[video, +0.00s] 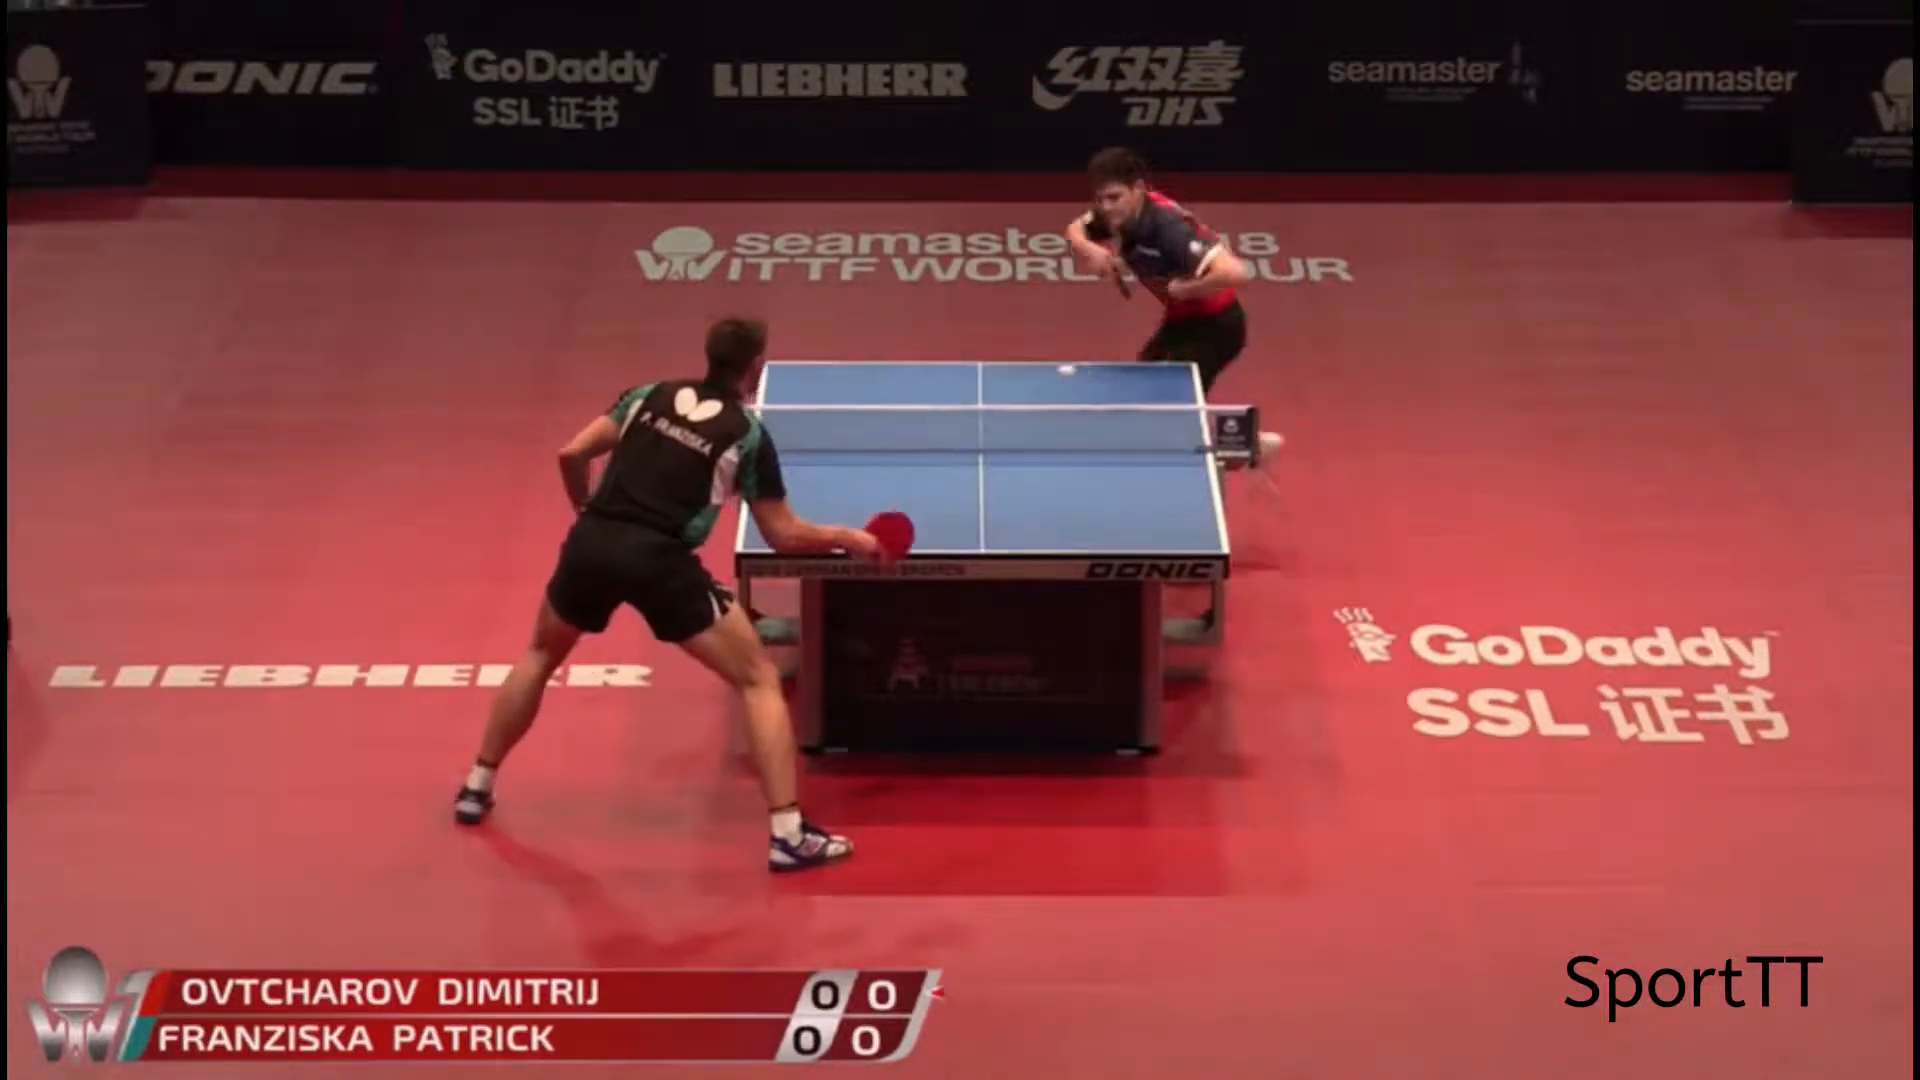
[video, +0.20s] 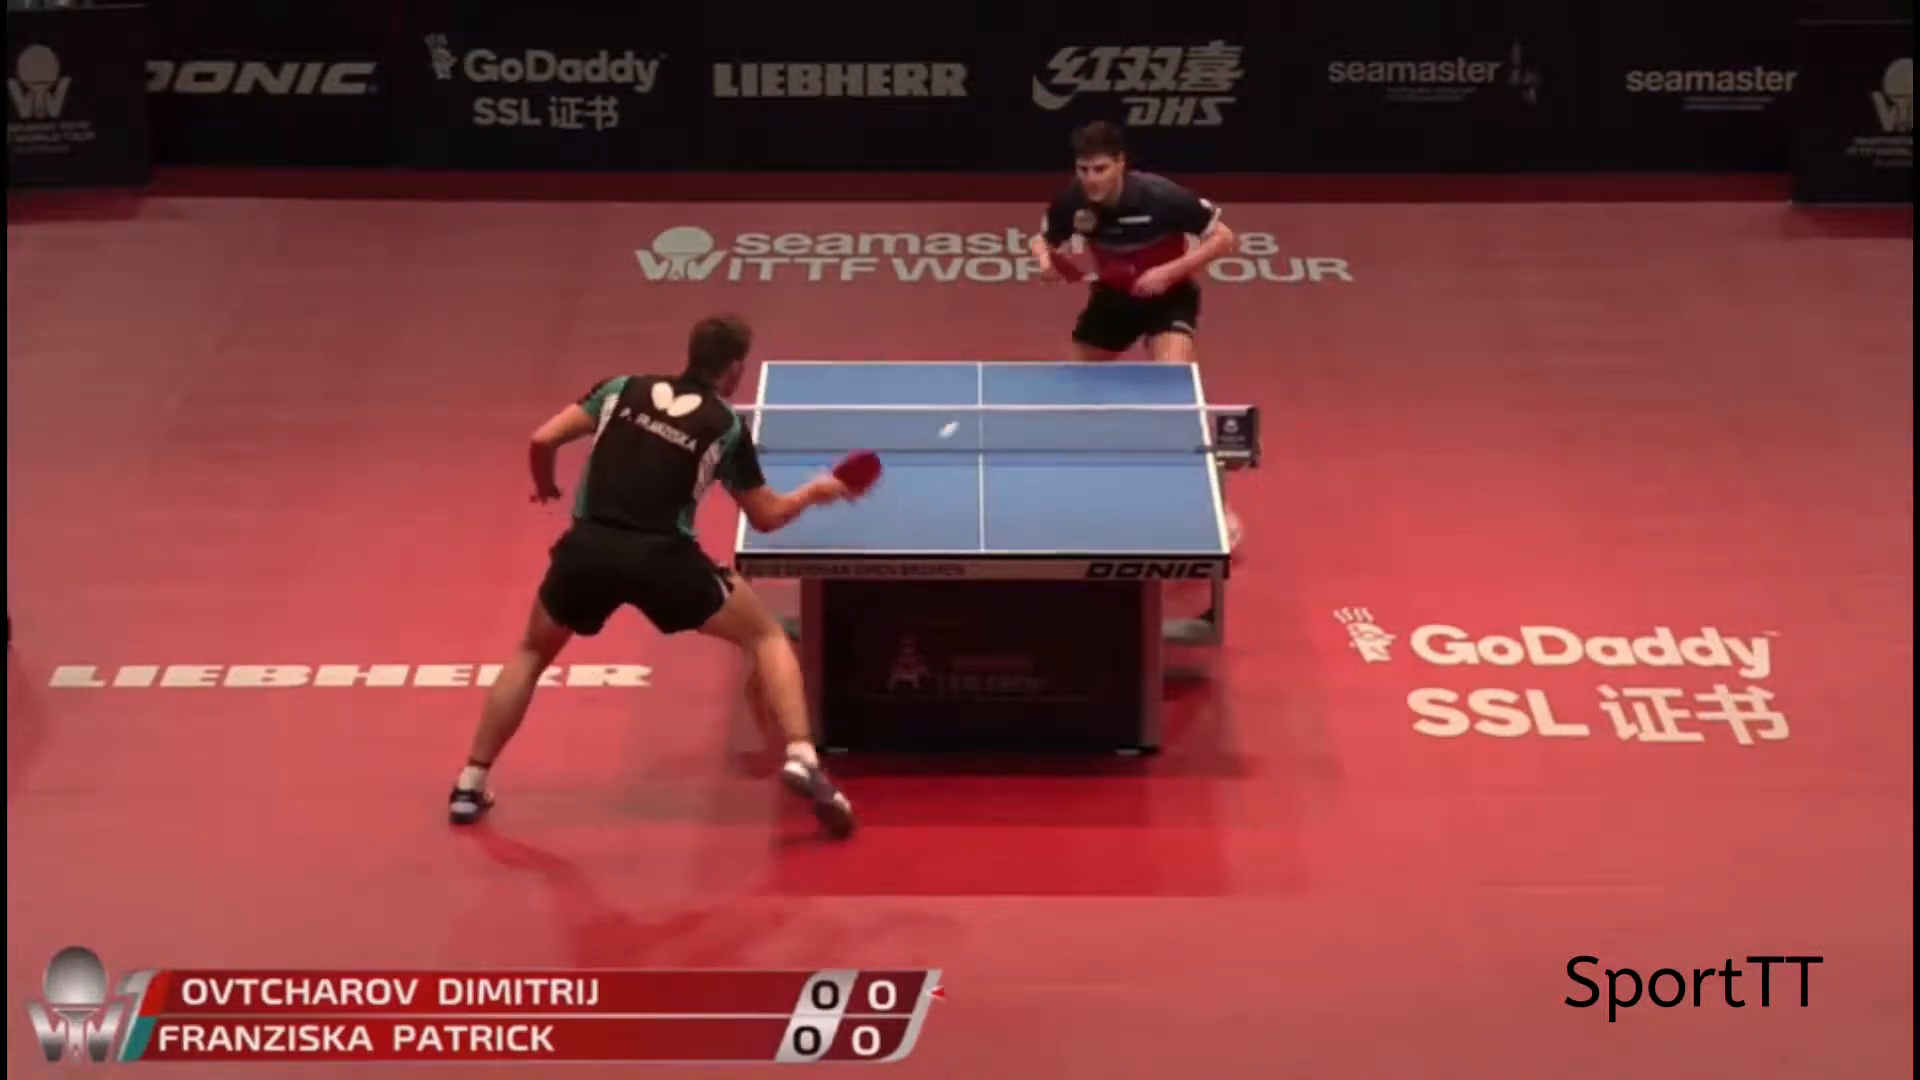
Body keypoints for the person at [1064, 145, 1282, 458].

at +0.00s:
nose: (1106, 207)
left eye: (1114, 198)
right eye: (1101, 199)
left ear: (1139, 191)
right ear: (1095, 199)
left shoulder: (1167, 227)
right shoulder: (1120, 212)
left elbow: (1235, 272)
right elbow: (1074, 229)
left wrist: (1187, 288)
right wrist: (1091, 251)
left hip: (1216, 323)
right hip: (1180, 319)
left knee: (1166, 403)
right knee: (1139, 387)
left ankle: (1247, 445)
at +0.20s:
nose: (1091, 180)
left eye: (1100, 169)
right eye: (1084, 170)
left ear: (1121, 164)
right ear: (1076, 169)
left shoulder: (1159, 196)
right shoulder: (1072, 204)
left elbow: (1225, 238)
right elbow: (1043, 240)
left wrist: (1170, 271)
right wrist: (1050, 262)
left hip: (1168, 296)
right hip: (1112, 296)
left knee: (1173, 386)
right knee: (1074, 381)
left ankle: (1215, 509)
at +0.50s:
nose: (1084, 179)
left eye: (1093, 168)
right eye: (1078, 170)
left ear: (1116, 162)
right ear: (1071, 170)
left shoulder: (1162, 195)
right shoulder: (1071, 210)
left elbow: (1216, 242)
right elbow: (1043, 267)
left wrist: (1164, 268)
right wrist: (1028, 291)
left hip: (1163, 314)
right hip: (1097, 313)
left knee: (1221, 401)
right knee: (1039, 388)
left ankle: (1259, 494)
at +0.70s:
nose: (1096, 232)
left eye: (1104, 223)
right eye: (1088, 225)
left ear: (1119, 211)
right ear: (1076, 218)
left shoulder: (1152, 231)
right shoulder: (1063, 247)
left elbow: (1201, 275)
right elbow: (1012, 313)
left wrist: (1173, 293)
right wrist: (1063, 313)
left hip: (1157, 342)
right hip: (1089, 344)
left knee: (1218, 402)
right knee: (1052, 368)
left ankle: (1266, 493)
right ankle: (1040, 487)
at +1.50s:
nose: (1097, 181)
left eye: (1105, 171)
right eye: (1089, 172)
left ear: (1123, 167)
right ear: (1079, 173)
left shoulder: (1159, 204)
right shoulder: (1068, 210)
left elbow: (1205, 250)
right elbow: (1016, 261)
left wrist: (1185, 264)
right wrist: (1033, 267)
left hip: (1146, 315)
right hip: (1081, 314)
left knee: (1202, 393)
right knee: (1020, 382)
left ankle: (1273, 475)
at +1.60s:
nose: (1066, 165)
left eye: (1074, 155)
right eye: (1058, 157)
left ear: (1091, 152)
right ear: (1047, 159)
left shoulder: (1124, 185)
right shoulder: (1039, 194)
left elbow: (1173, 239)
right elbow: (988, 248)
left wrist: (1135, 247)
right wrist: (1005, 252)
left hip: (1121, 293)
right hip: (1055, 291)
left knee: (1189, 370)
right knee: (972, 351)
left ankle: (1256, 468)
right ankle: (961, 462)